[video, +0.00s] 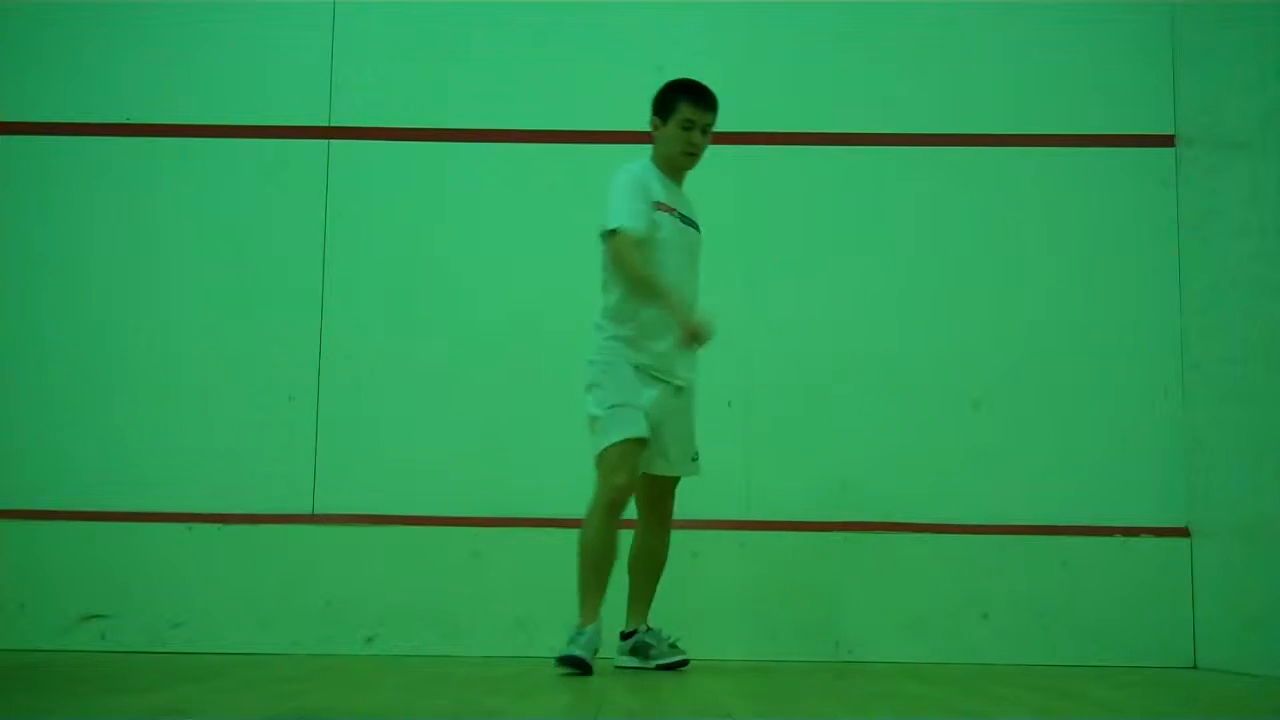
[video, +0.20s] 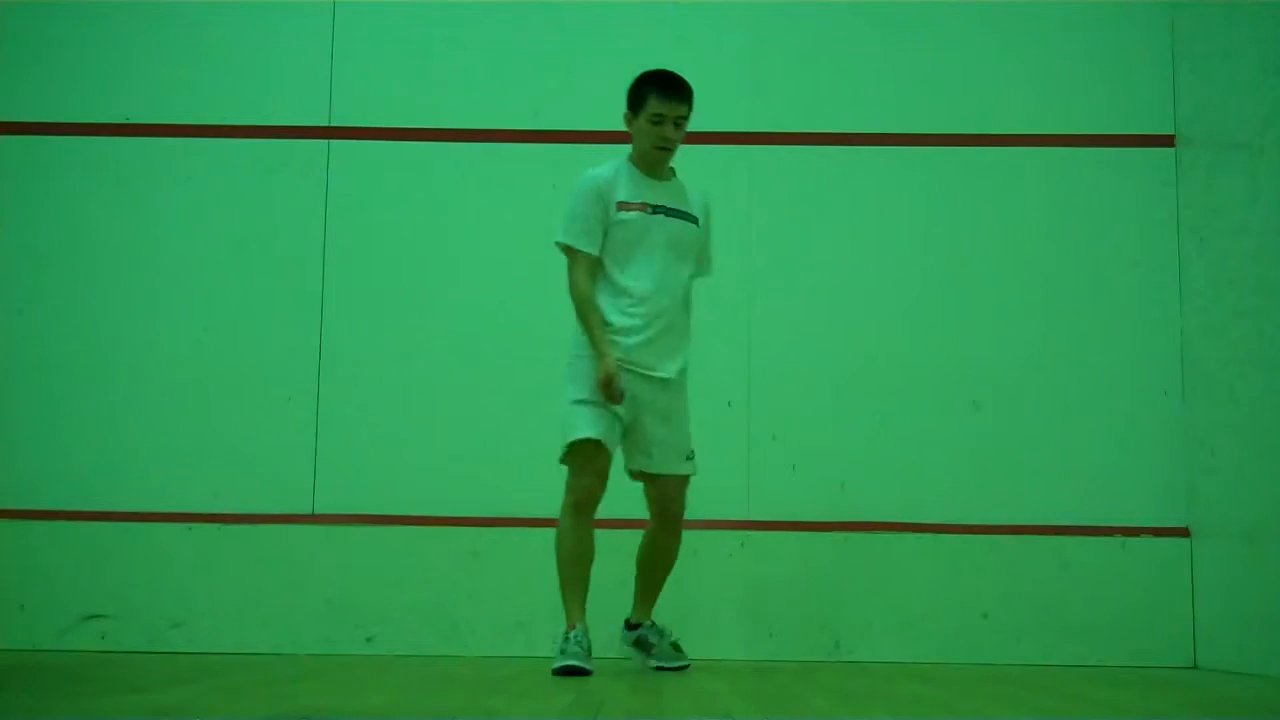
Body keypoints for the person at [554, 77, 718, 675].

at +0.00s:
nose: (695, 140)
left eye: (704, 131)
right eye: (686, 127)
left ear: (709, 139)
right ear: (657, 125)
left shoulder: (684, 206)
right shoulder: (633, 179)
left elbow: (671, 281)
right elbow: (623, 256)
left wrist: (679, 341)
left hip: (672, 373)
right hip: (623, 362)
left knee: (658, 498)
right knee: (616, 484)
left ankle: (637, 630)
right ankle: (586, 629)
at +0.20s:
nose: (669, 132)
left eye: (678, 123)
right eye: (658, 120)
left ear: (687, 128)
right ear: (631, 119)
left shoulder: (693, 201)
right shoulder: (599, 186)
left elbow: (682, 290)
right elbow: (580, 281)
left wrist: (674, 363)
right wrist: (606, 355)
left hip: (664, 374)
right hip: (602, 363)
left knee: (670, 509)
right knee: (583, 490)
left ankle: (640, 624)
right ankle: (573, 632)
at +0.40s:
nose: (660, 137)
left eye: (671, 125)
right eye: (649, 124)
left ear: (686, 125)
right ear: (627, 122)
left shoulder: (709, 189)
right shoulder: (599, 183)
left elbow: (714, 267)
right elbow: (584, 269)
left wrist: (724, 331)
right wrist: (610, 340)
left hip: (676, 370)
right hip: (603, 368)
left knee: (705, 494)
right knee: (583, 496)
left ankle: (704, 625)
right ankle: (574, 632)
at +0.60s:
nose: (686, 141)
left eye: (697, 129)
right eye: (674, 128)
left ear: (714, 125)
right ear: (653, 123)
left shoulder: (740, 183)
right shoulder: (620, 175)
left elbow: (753, 258)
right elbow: (579, 258)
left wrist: (749, 328)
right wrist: (573, 335)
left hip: (707, 369)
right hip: (633, 364)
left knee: (723, 492)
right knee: (605, 471)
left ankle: (723, 632)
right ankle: (595, 613)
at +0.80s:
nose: (706, 129)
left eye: (718, 118)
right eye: (695, 116)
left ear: (732, 119)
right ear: (673, 113)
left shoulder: (756, 179)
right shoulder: (633, 170)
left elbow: (778, 255)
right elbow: (600, 250)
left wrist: (776, 328)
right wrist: (582, 329)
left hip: (724, 350)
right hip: (654, 340)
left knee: (725, 488)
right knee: (662, 419)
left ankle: (724, 630)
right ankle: (683, 568)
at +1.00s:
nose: (713, 158)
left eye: (725, 146)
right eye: (702, 144)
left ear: (739, 145)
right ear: (681, 140)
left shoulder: (759, 222)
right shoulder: (644, 204)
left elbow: (770, 304)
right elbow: (608, 284)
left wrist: (784, 356)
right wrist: (596, 366)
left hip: (737, 380)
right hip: (664, 373)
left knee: (747, 498)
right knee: (695, 472)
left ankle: (724, 635)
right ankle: (703, 624)